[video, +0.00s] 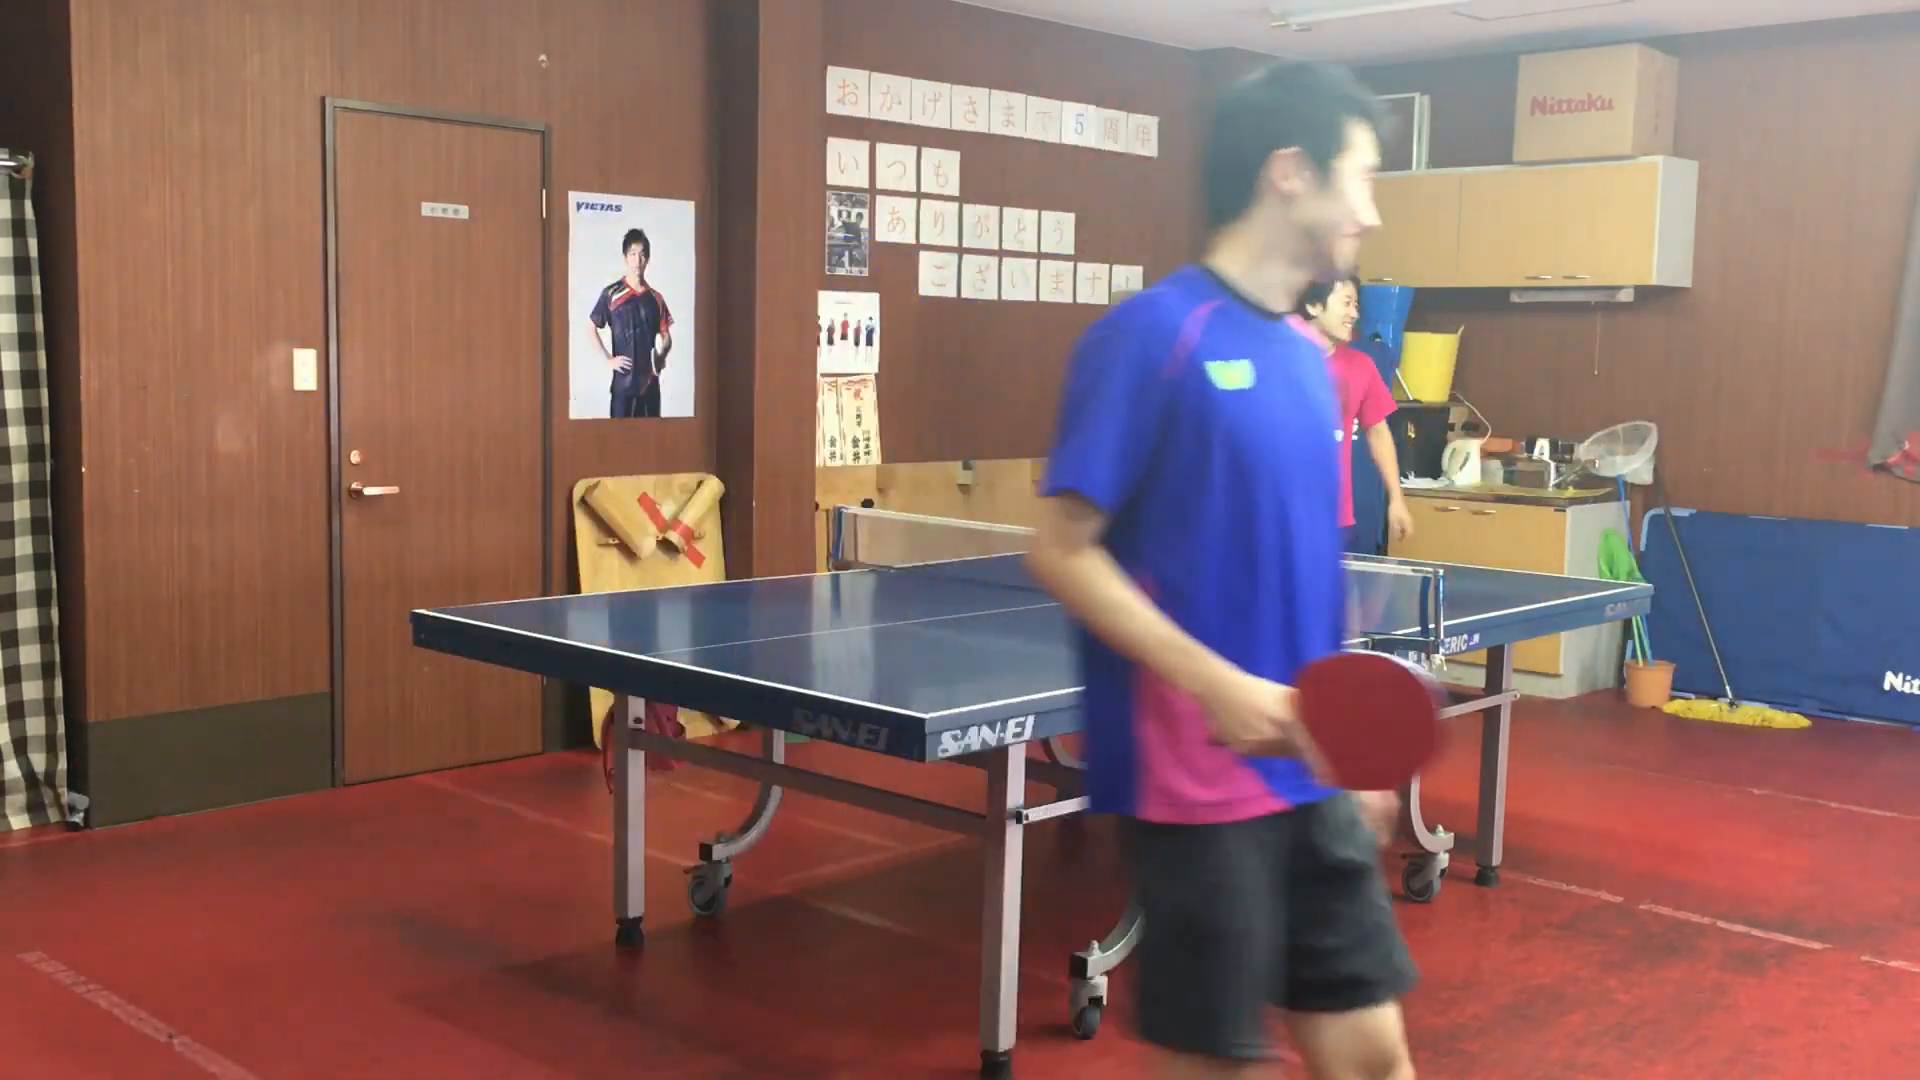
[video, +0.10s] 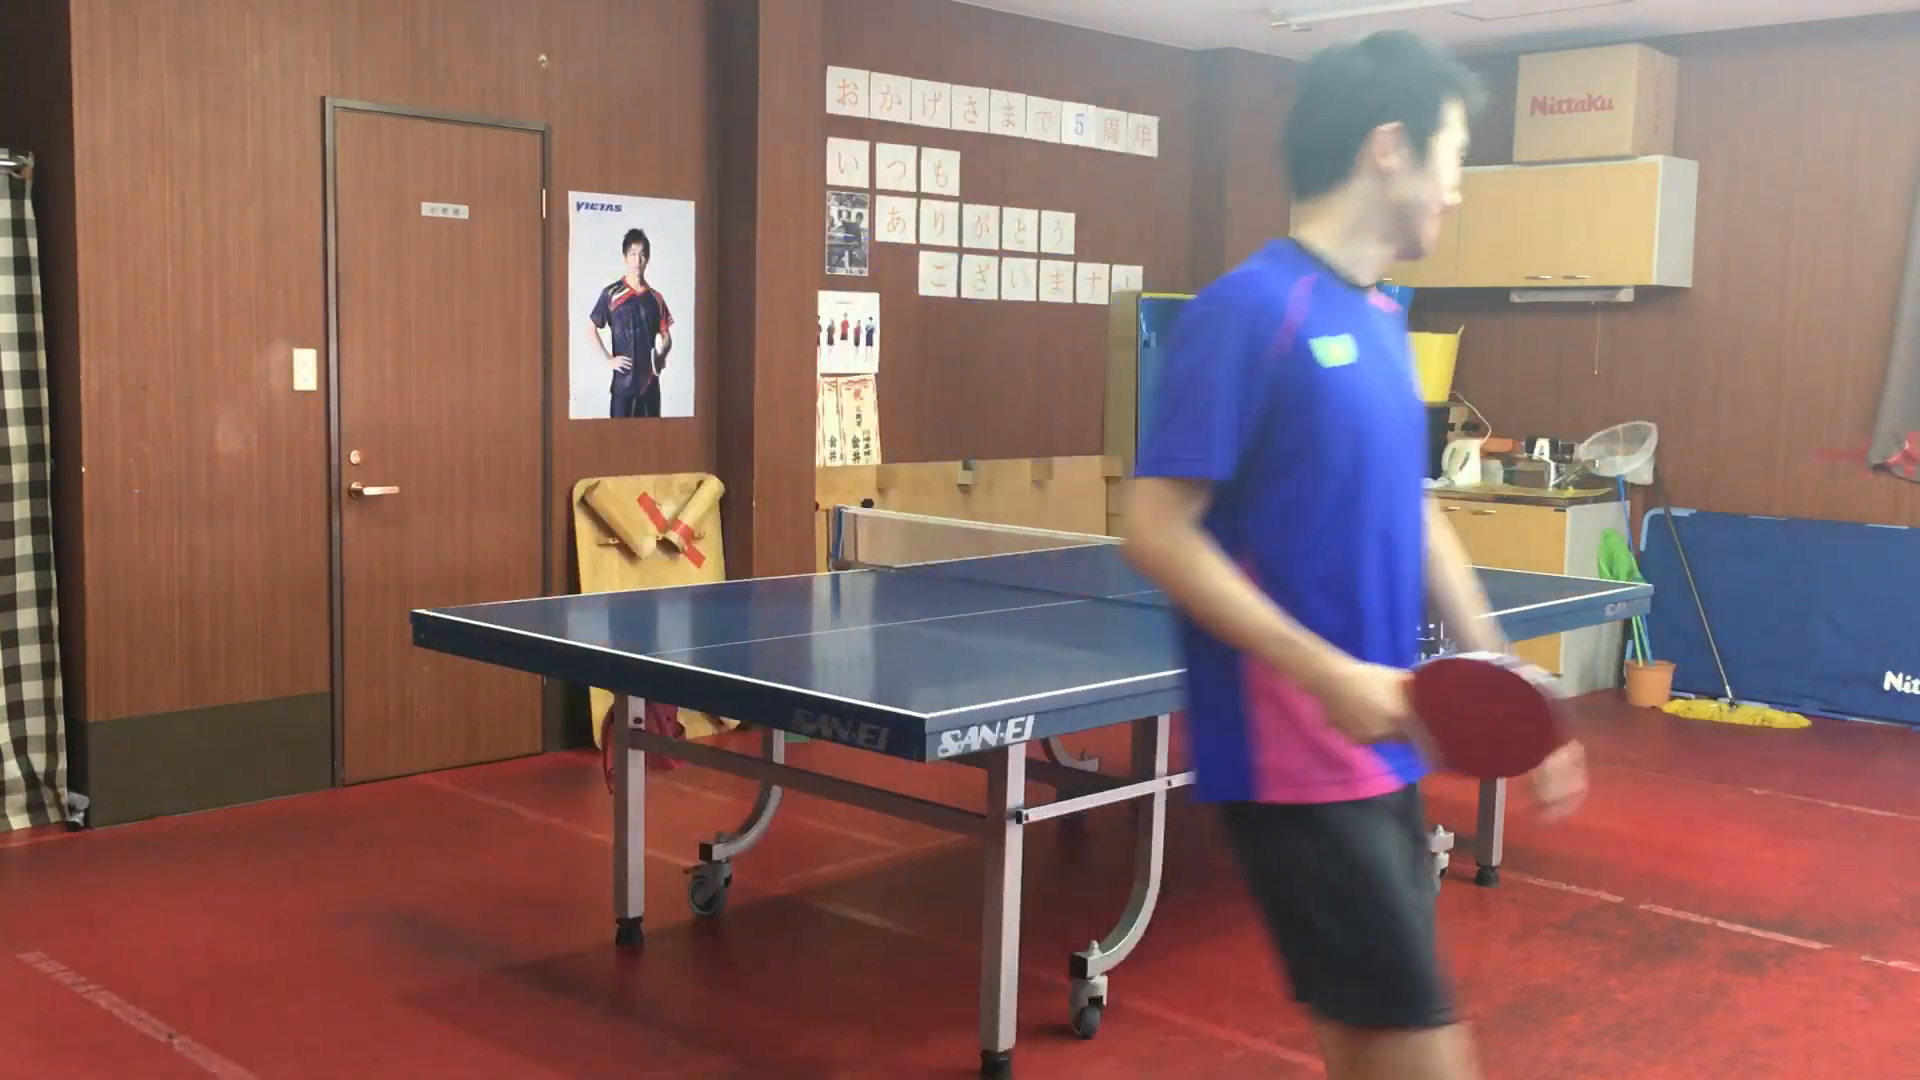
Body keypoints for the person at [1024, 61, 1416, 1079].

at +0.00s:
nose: (1373, 216)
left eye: (1374, 185)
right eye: (1362, 180)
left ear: (1292, 181)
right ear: (1286, 178)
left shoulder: (1312, 357)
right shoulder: (1149, 334)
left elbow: (1297, 573)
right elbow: (1057, 545)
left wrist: (1350, 741)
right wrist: (1219, 685)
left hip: (1306, 772)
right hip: (1193, 785)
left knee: (1369, 1055)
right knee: (1203, 1058)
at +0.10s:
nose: (1458, 193)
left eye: (1461, 167)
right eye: (1452, 162)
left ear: (1389, 160)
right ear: (1383, 153)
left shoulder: (1381, 319)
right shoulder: (1246, 309)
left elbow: (1413, 516)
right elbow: (1152, 527)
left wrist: (1512, 698)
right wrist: (1335, 675)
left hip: (1381, 753)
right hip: (1292, 765)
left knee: (1364, 1053)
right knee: (1426, 1057)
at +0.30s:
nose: (1631, 170)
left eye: (1630, 143)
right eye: (1627, 140)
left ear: (1486, 147)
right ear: (1577, 144)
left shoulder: (1503, 291)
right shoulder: (1490, 297)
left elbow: (1553, 514)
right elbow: (1401, 529)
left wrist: (1737, 575)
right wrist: (1608, 643)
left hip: (1455, 759)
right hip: (1503, 769)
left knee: (1428, 1050)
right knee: (1607, 1059)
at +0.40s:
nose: (1714, 186)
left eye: (1713, 158)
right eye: (1711, 155)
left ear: (1557, 158)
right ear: (1669, 155)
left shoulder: (1542, 300)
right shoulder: (1604, 311)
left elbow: (1589, 516)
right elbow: (1575, 554)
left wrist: (1751, 567)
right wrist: (1788, 646)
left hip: (1521, 762)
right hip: (1613, 779)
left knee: (1514, 1038)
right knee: (1702, 1056)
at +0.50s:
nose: (1801, 175)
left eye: (1802, 147)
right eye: (1798, 144)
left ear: (1644, 154)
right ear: (1762, 148)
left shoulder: (1602, 307)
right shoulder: (1736, 316)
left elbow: (1644, 544)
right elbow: (1760, 568)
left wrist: (1854, 605)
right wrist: (1894, 617)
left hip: (1614, 776)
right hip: (1729, 798)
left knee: (1649, 1049)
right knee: (1794, 1058)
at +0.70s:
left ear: (1797, 144)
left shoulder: (1715, 310)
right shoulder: (1904, 297)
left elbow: (1648, 530)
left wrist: (1781, 535)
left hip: (1733, 780)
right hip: (1881, 795)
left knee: (1850, 1043)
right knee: (1846, 1063)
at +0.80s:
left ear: (1866, 149)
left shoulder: (1778, 316)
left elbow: (1682, 525)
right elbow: (1687, 526)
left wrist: (1805, 553)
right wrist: (1805, 554)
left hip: (1799, 764)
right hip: (1900, 773)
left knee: (1869, 1041)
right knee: (1885, 1051)